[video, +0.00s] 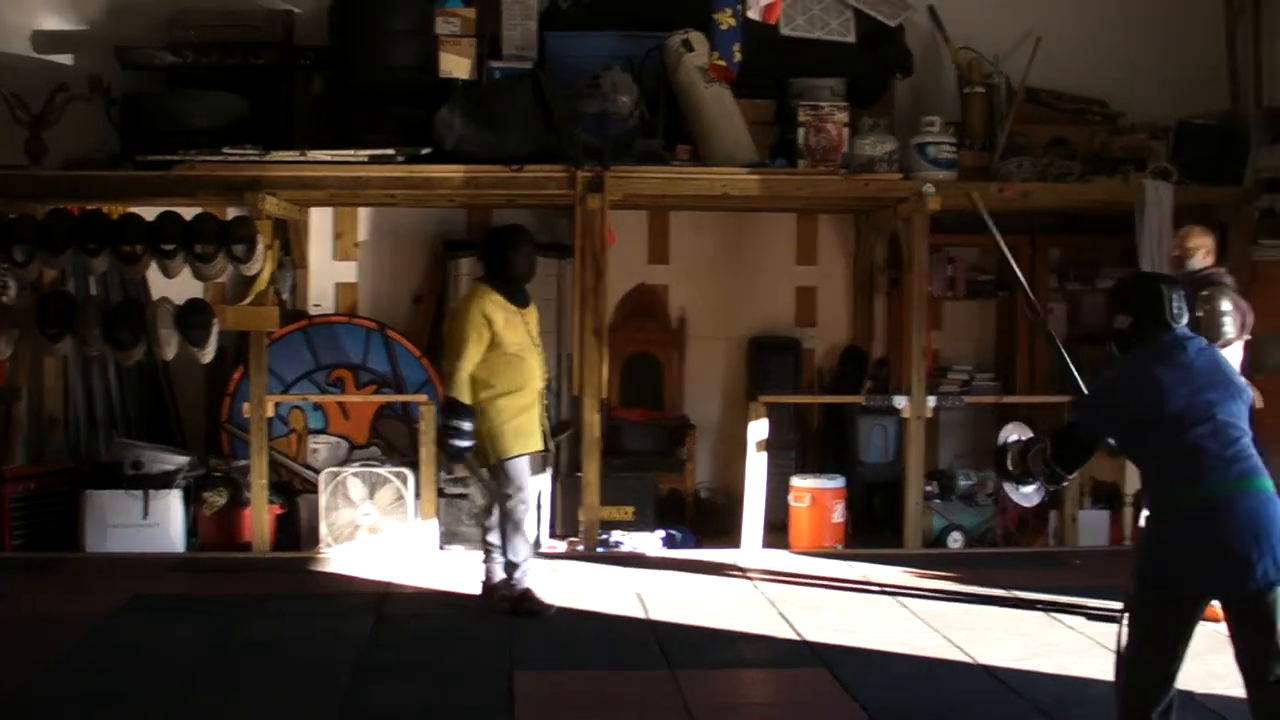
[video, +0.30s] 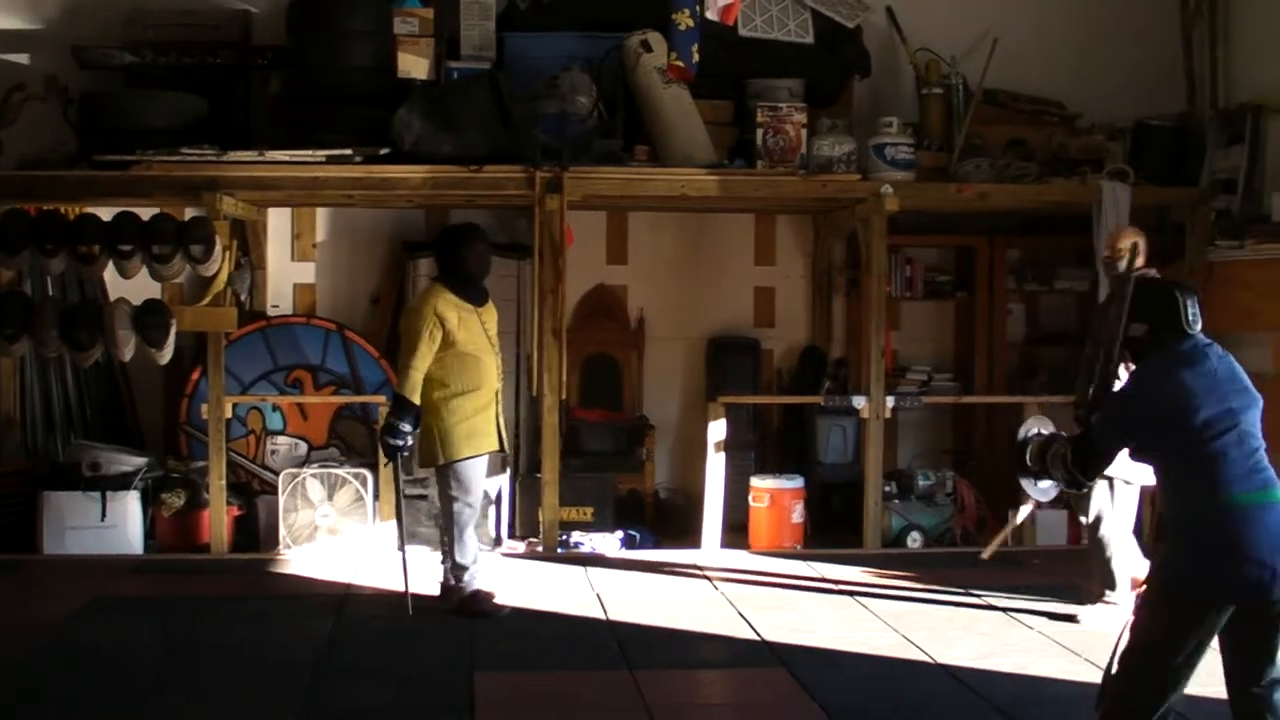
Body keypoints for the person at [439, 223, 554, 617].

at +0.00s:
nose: (532, 265)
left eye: (533, 256)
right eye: (524, 256)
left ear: (529, 260)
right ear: (501, 259)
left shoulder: (524, 304)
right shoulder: (478, 305)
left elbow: (529, 366)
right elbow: (460, 366)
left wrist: (540, 419)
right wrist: (458, 423)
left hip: (526, 417)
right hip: (499, 419)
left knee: (508, 498)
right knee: (519, 495)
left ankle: (496, 579)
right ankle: (515, 582)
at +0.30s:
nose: (487, 264)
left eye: (487, 256)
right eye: (479, 256)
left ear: (483, 259)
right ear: (456, 260)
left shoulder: (482, 302)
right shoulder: (432, 304)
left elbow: (485, 365)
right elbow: (414, 365)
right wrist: (402, 419)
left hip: (485, 419)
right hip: (455, 422)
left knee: (475, 501)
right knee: (463, 501)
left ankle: (457, 578)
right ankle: (462, 583)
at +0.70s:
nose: (427, 263)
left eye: (428, 255)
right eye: (419, 255)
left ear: (428, 258)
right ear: (397, 259)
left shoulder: (429, 303)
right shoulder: (372, 304)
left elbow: (434, 354)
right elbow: (357, 365)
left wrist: (451, 390)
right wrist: (361, 421)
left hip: (428, 420)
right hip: (398, 424)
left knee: (415, 501)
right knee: (405, 503)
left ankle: (400, 577)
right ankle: (404, 584)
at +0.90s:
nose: (396, 264)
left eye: (397, 255)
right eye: (388, 256)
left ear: (397, 258)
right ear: (366, 259)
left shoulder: (400, 304)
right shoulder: (341, 305)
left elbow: (407, 355)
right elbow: (327, 367)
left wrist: (426, 392)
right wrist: (336, 422)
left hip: (395, 423)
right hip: (366, 426)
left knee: (381, 503)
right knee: (373, 505)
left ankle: (369, 579)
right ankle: (373, 585)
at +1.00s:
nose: (382, 264)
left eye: (383, 255)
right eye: (374, 256)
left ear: (383, 258)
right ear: (352, 259)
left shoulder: (386, 305)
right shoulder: (327, 305)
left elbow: (395, 357)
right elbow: (314, 368)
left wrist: (414, 396)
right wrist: (322, 425)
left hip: (381, 423)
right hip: (351, 427)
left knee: (366, 502)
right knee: (360, 504)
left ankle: (354, 580)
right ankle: (358, 586)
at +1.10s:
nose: (371, 264)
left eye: (372, 256)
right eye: (363, 256)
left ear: (371, 259)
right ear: (341, 259)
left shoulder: (373, 305)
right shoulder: (315, 305)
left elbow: (384, 357)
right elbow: (300, 367)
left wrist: (402, 397)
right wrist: (307, 423)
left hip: (367, 424)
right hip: (337, 428)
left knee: (352, 504)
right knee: (346, 505)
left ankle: (340, 580)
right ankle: (345, 586)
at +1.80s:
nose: (305, 269)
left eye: (306, 261)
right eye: (295, 262)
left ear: (307, 265)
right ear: (270, 266)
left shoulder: (310, 308)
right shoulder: (245, 309)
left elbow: (319, 363)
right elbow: (223, 373)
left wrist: (332, 403)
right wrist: (218, 432)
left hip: (300, 430)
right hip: (265, 432)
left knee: (279, 511)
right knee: (279, 513)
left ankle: (258, 586)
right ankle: (280, 595)